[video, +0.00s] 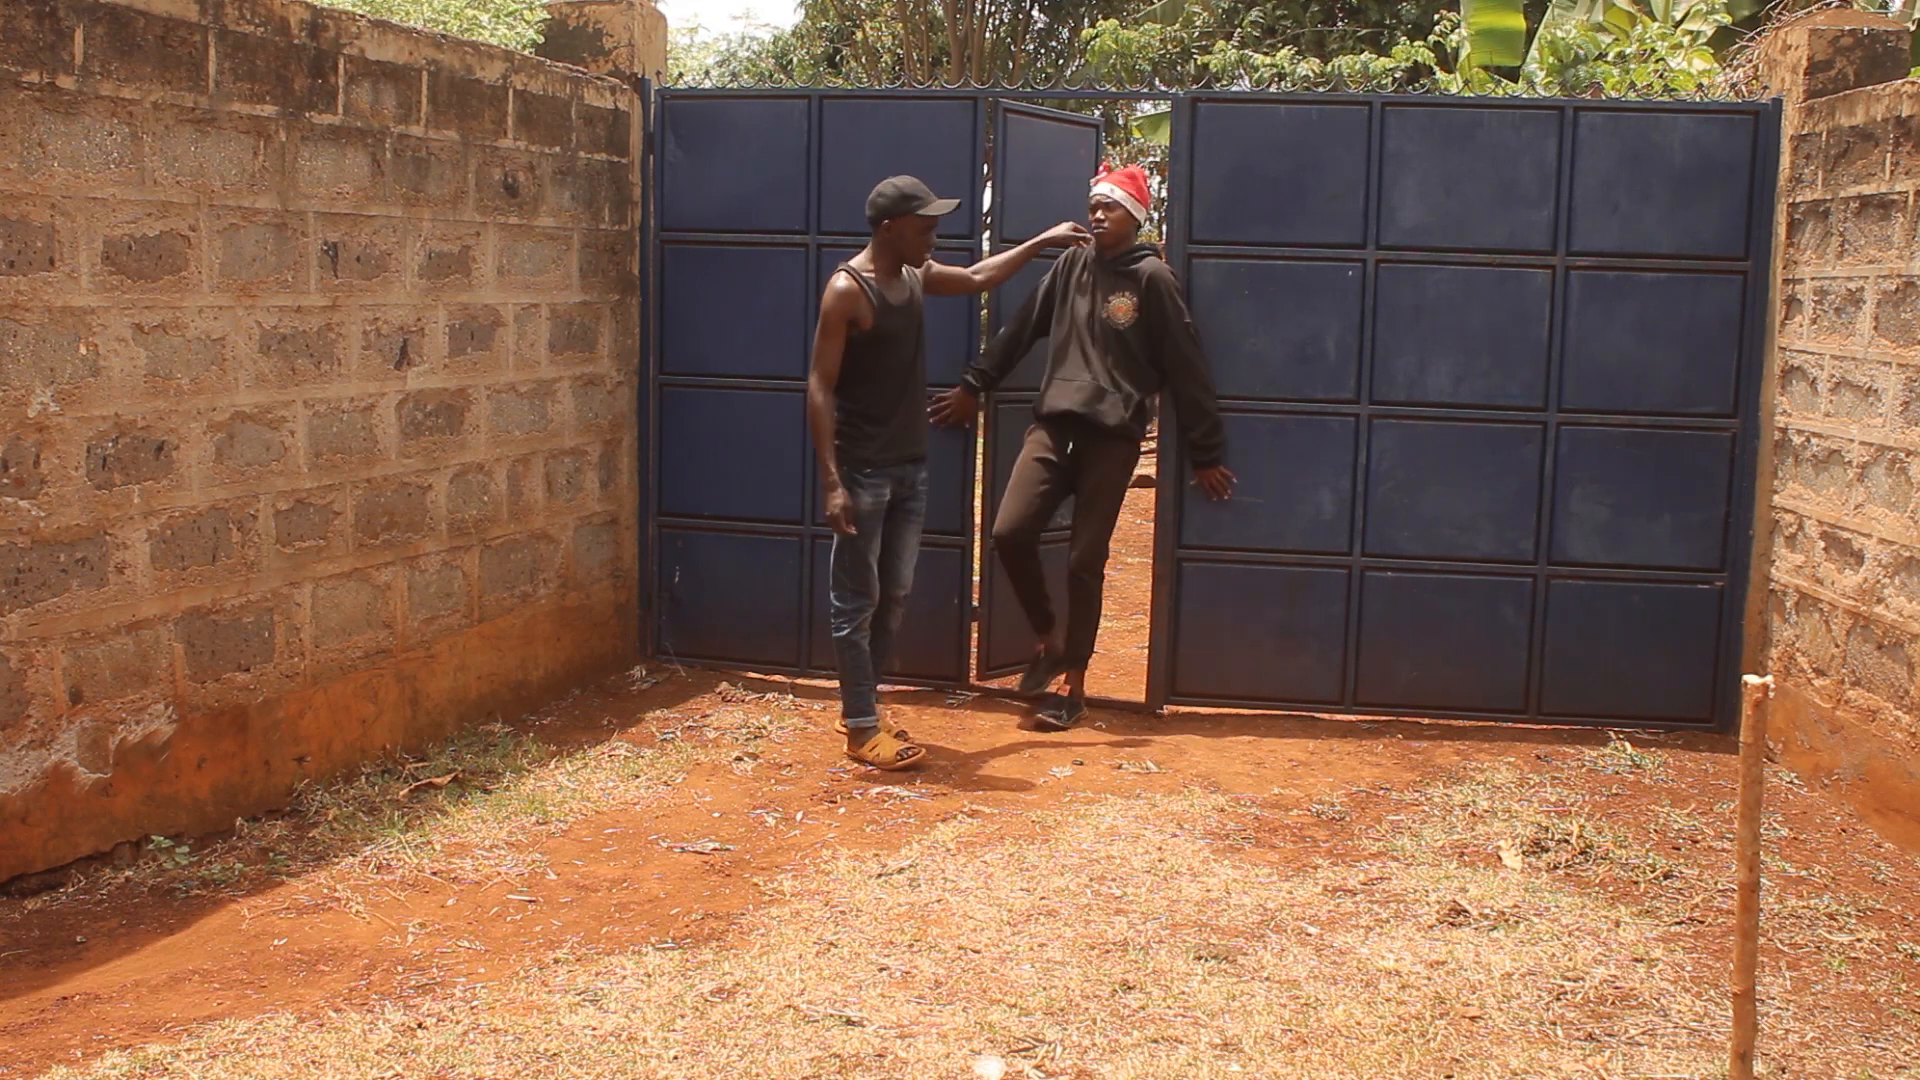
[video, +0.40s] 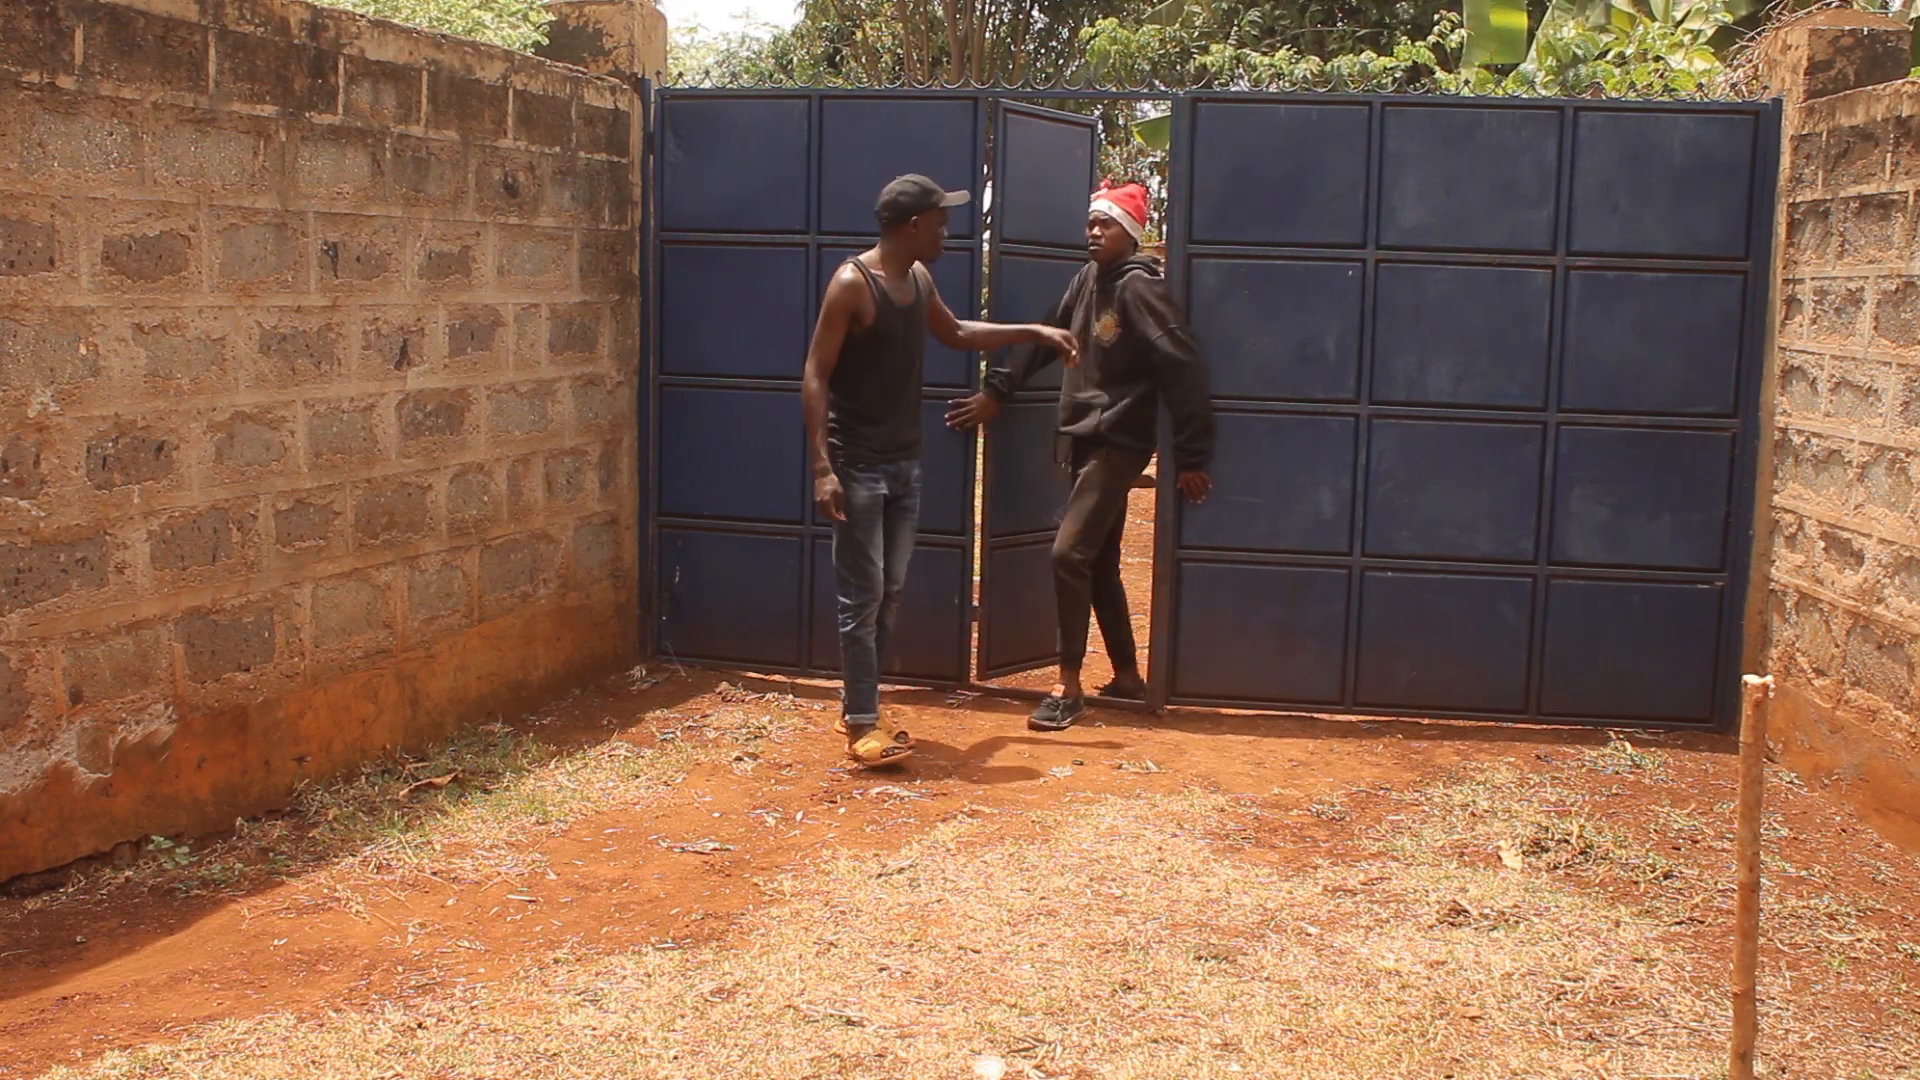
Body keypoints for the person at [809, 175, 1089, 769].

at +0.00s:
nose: (934, 235)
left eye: (934, 226)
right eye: (925, 226)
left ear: (906, 230)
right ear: (889, 227)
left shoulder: (913, 272)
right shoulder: (845, 291)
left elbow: (978, 277)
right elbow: (819, 389)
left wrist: (1043, 241)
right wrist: (831, 482)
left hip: (909, 464)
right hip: (859, 467)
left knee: (894, 593)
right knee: (855, 598)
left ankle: (864, 709)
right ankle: (862, 731)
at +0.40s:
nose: (946, 230)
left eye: (945, 221)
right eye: (940, 221)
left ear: (917, 224)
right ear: (912, 225)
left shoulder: (918, 279)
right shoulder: (852, 283)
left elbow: (958, 335)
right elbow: (814, 377)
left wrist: (1036, 331)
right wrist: (822, 468)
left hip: (904, 461)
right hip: (855, 463)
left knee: (889, 590)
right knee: (862, 594)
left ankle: (861, 708)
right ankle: (862, 728)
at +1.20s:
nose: (939, 256)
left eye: (945, 246)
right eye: (931, 244)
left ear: (942, 240)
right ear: (899, 230)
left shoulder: (925, 285)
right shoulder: (848, 282)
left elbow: (939, 350)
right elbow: (803, 370)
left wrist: (1013, 371)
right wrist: (809, 460)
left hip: (903, 469)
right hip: (848, 465)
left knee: (884, 598)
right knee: (842, 596)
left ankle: (859, 710)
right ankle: (819, 733)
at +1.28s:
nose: (926, 253)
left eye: (933, 244)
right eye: (917, 241)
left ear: (936, 240)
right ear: (886, 230)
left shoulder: (924, 286)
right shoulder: (836, 286)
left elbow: (936, 361)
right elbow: (799, 375)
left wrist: (982, 419)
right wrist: (804, 464)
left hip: (902, 470)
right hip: (844, 469)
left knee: (882, 600)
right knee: (838, 601)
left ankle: (860, 711)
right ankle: (820, 738)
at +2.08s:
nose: (904, 222)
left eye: (901, 212)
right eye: (897, 213)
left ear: (868, 219)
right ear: (870, 219)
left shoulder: (872, 279)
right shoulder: (822, 288)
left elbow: (870, 385)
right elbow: (800, 391)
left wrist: (889, 463)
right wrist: (860, 463)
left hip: (878, 481)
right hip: (832, 483)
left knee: (875, 611)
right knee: (826, 625)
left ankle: (863, 725)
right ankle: (814, 759)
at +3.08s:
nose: (910, 215)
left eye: (905, 205)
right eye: (901, 206)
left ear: (873, 220)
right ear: (872, 220)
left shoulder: (884, 281)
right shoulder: (833, 294)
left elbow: (883, 379)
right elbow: (808, 397)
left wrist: (931, 427)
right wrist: (838, 494)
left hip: (887, 477)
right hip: (841, 483)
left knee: (871, 611)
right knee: (828, 623)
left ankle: (861, 725)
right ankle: (814, 758)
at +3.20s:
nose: (910, 216)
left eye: (906, 206)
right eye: (901, 207)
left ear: (871, 219)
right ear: (874, 218)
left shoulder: (876, 280)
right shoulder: (839, 292)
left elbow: (896, 344)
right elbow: (816, 395)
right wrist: (845, 491)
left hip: (884, 477)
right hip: (843, 481)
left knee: (874, 611)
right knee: (830, 624)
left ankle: (860, 726)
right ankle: (813, 760)